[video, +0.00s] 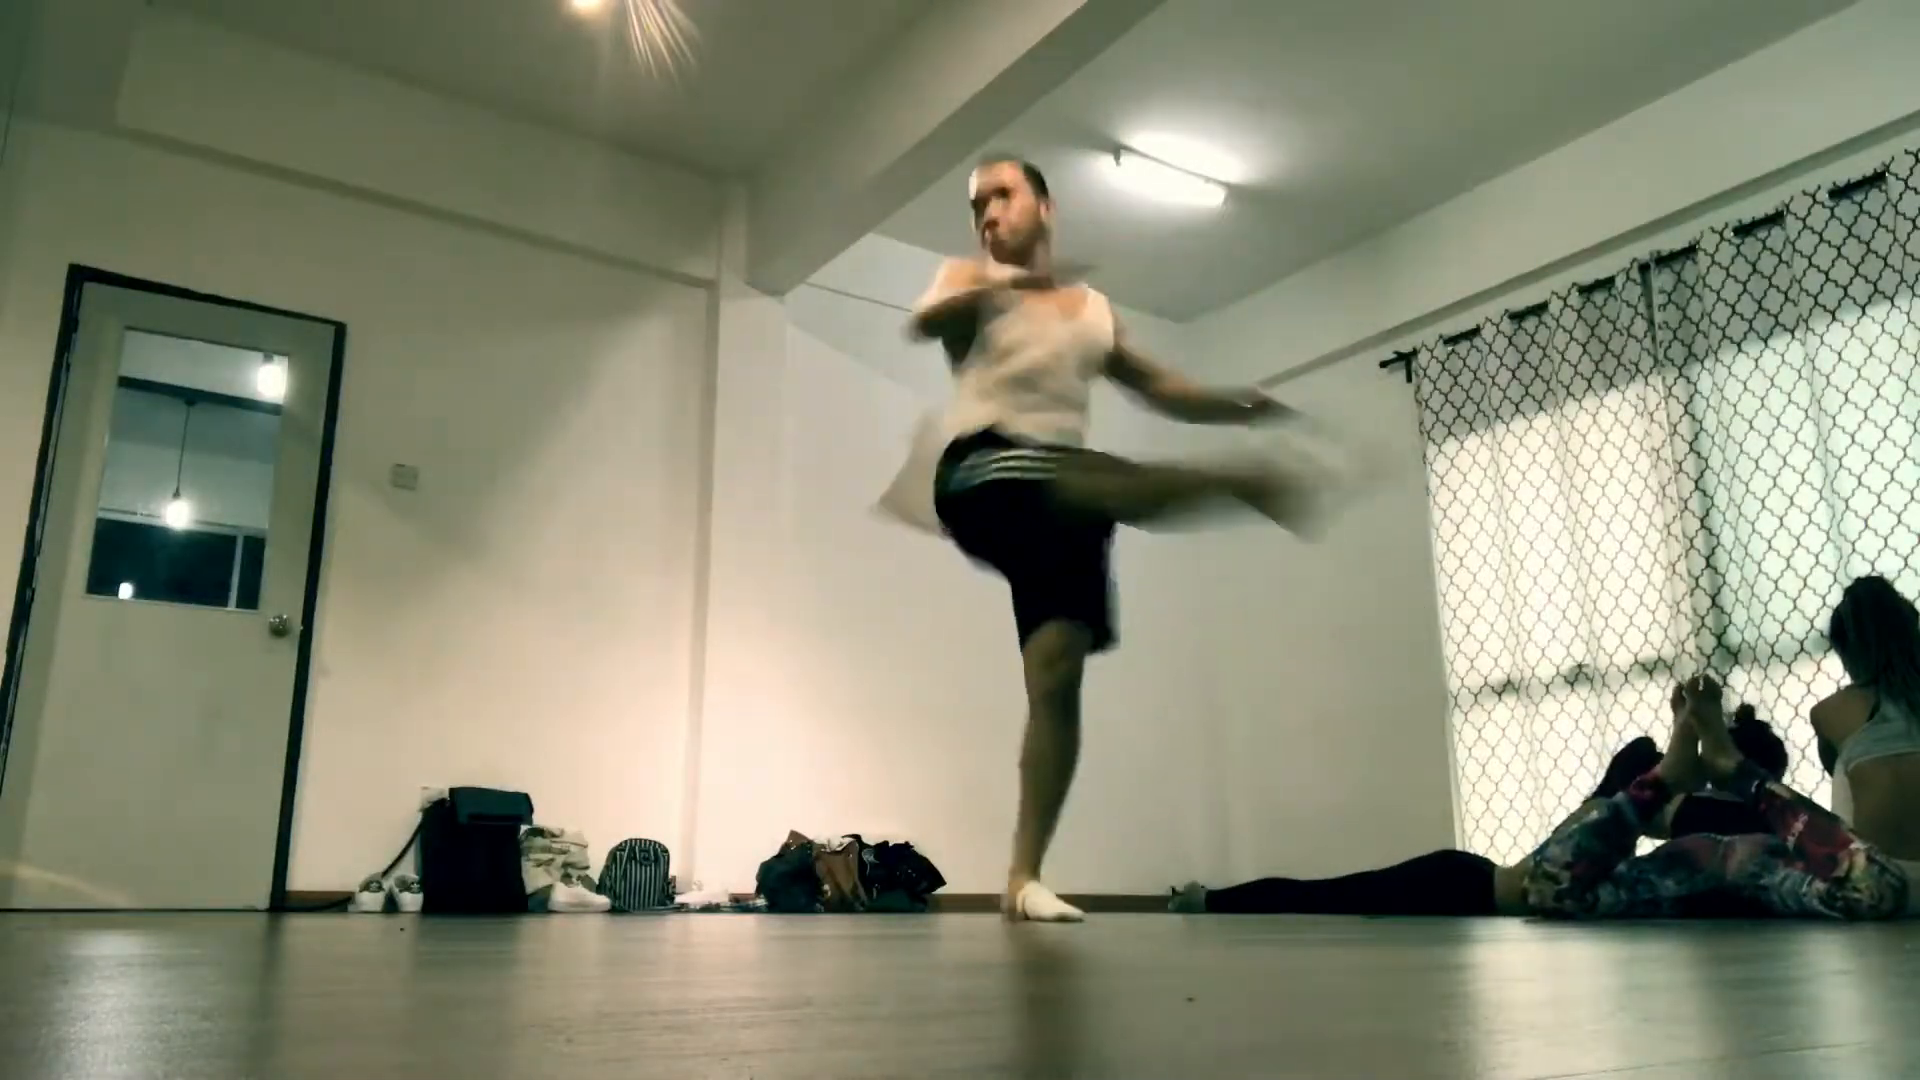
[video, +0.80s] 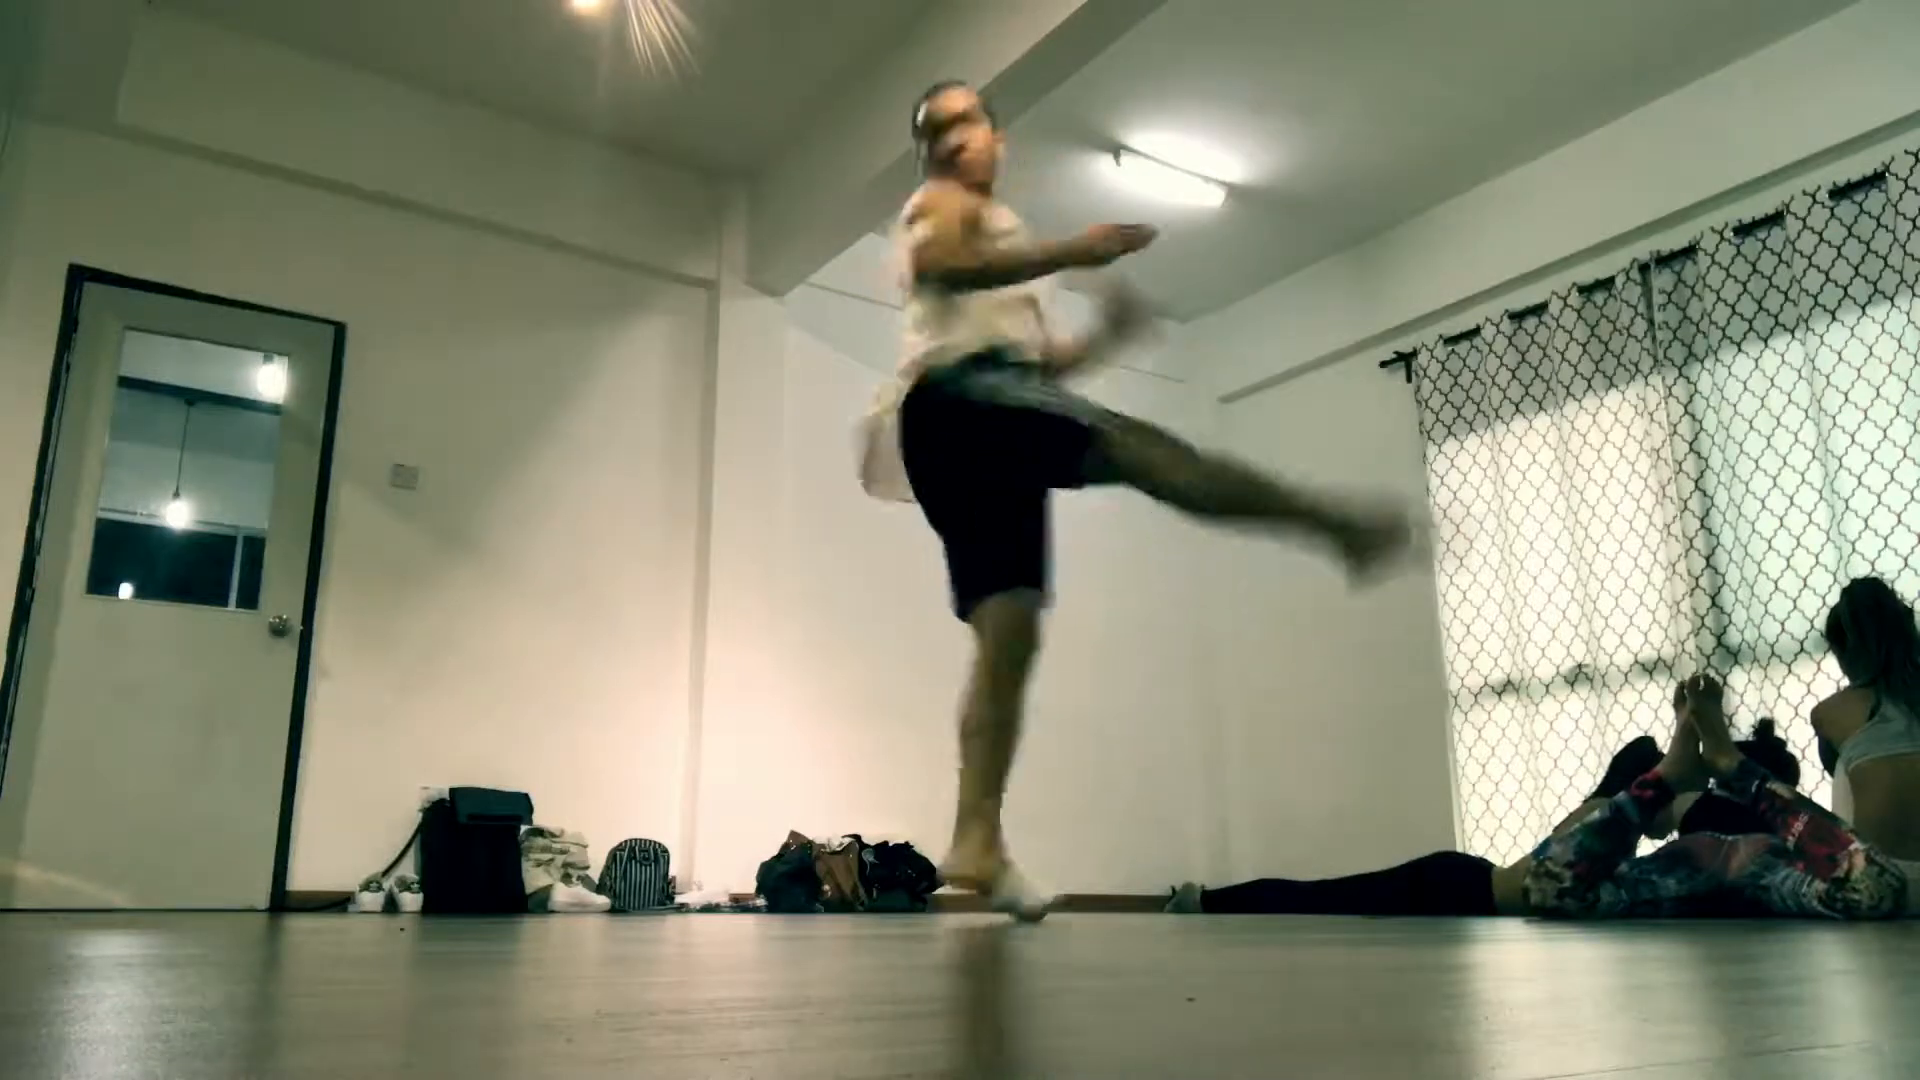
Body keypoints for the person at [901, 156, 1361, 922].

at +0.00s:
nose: (989, 212)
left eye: (1001, 195)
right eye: (980, 205)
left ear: (1045, 206)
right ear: (978, 224)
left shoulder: (1087, 308)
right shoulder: (968, 278)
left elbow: (1159, 386)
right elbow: (924, 322)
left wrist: (1238, 404)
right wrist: (976, 298)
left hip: (1063, 476)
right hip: (983, 465)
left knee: (1054, 681)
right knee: (1129, 487)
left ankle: (1024, 879)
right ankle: (1253, 482)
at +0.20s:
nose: (983, 172)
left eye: (998, 156)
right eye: (977, 163)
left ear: (1050, 166)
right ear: (984, 184)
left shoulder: (1115, 238)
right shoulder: (977, 282)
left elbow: (1255, 233)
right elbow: (870, 332)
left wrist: (1381, 215)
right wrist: (764, 353)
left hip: (1072, 485)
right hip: (990, 451)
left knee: (1043, 679)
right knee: (847, 431)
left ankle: (1018, 878)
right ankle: (668, 403)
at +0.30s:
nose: (974, 131)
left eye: (989, 114)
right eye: (972, 121)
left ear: (1038, 122)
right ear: (987, 141)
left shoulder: (1085, 186)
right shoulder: (985, 250)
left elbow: (1212, 178)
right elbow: (938, 337)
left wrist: (1306, 122)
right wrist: (868, 378)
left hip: (1071, 437)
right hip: (993, 424)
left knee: (1038, 630)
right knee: (855, 456)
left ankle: (1037, 849)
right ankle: (672, 485)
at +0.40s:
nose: (961, 126)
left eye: (977, 110)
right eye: (961, 115)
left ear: (1030, 120)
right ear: (994, 129)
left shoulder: (1062, 177)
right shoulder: (996, 208)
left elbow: (1092, 188)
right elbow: (1023, 332)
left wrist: (1034, 186)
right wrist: (963, 394)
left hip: (1046, 428)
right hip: (998, 427)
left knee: (1036, 643)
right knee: (902, 502)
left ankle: (1044, 846)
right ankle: (804, 556)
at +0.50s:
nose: (953, 117)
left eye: (970, 103)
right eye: (953, 105)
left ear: (1021, 119)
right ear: (1017, 130)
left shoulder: (984, 175)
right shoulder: (1052, 217)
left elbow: (965, 245)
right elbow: (1103, 355)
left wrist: (822, 266)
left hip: (1006, 439)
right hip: (1070, 436)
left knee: (1023, 646)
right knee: (997, 497)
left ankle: (1043, 845)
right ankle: (985, 595)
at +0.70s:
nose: (1015, 119)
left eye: (1009, 105)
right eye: (1006, 106)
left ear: (939, 131)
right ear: (977, 116)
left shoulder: (894, 233)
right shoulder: (994, 180)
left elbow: (927, 318)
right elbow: (1061, 255)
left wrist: (1021, 259)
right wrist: (1085, 245)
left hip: (933, 435)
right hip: (1020, 401)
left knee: (958, 639)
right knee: (1172, 511)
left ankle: (972, 839)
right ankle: (1295, 615)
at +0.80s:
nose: (954, 140)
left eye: (963, 122)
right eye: (938, 134)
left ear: (996, 132)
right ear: (930, 156)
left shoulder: (1001, 233)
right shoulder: (942, 199)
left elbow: (1031, 362)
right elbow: (934, 266)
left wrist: (1105, 338)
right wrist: (1072, 253)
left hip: (970, 429)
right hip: (965, 398)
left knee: (1006, 638)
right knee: (1148, 455)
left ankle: (974, 850)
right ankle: (1344, 528)